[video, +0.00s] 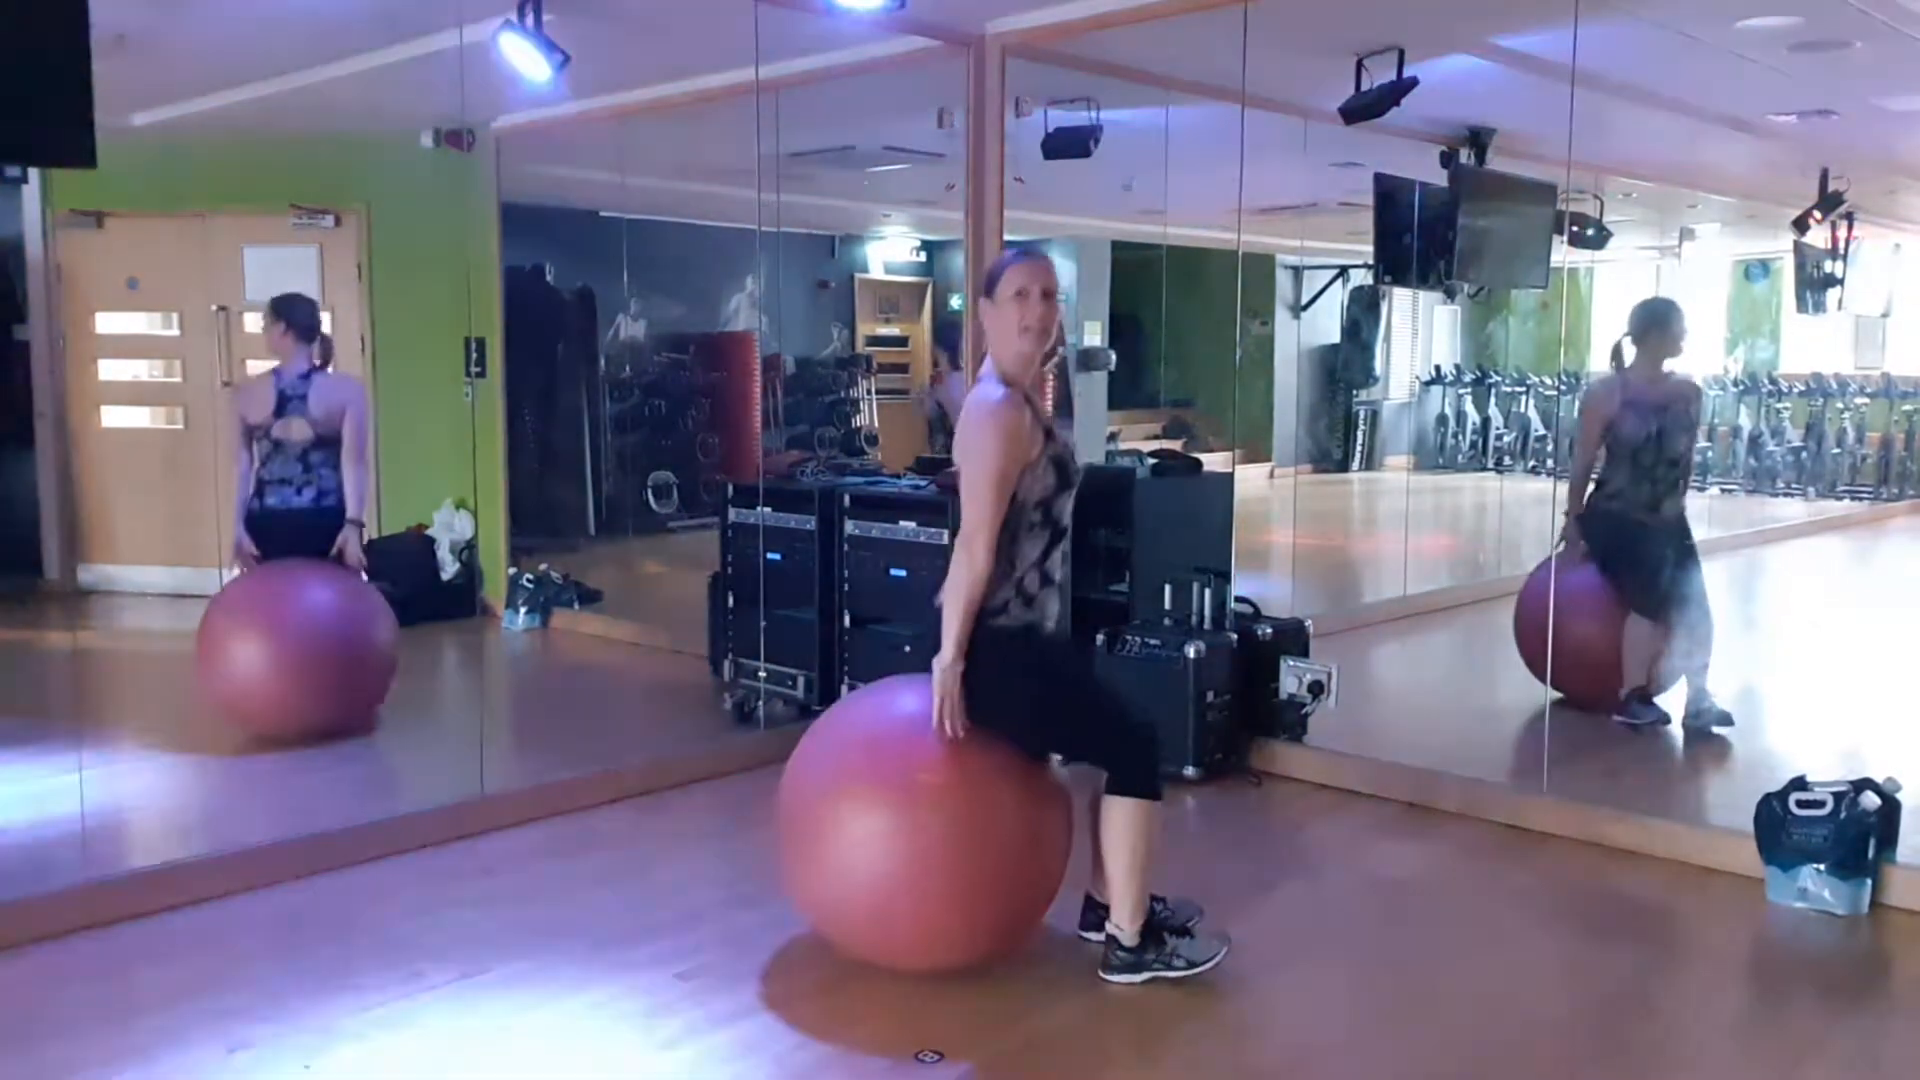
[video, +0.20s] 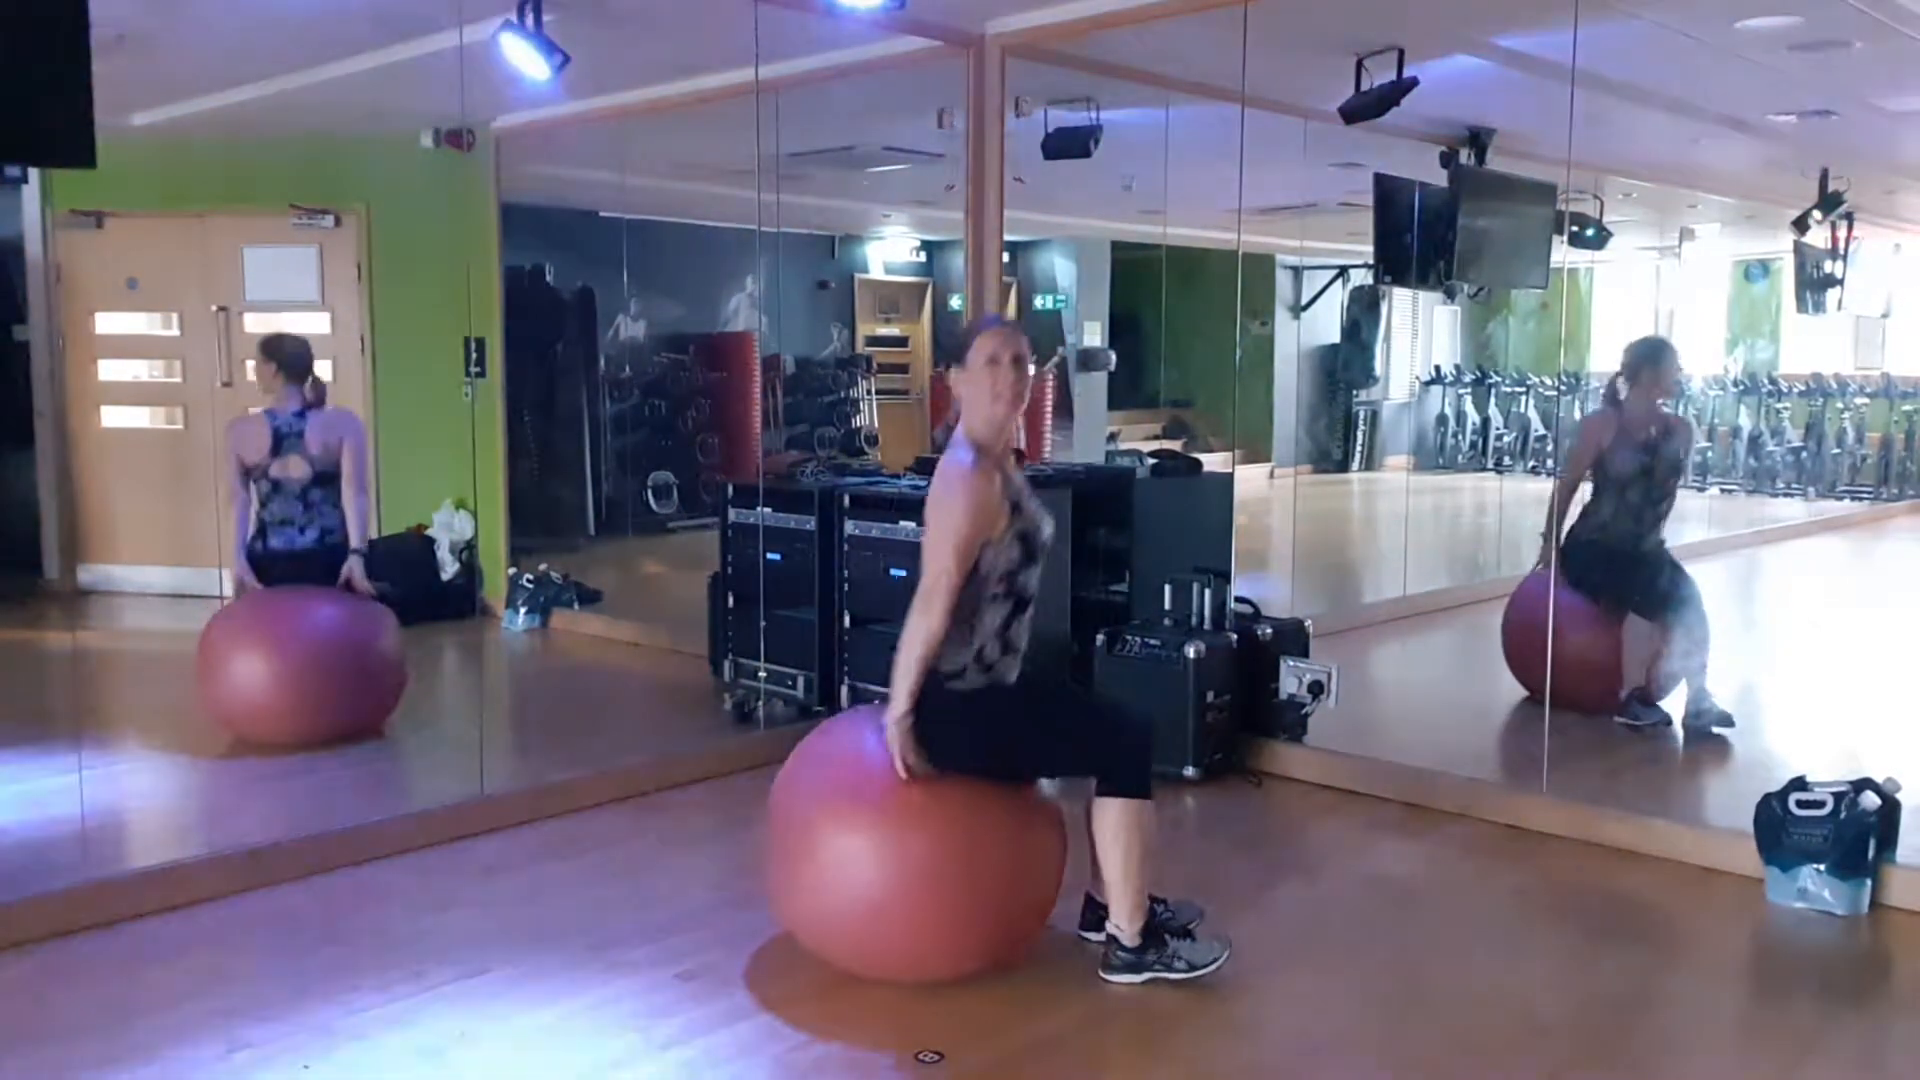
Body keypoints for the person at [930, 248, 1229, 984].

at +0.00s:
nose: (1040, 310)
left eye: (1049, 297)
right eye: (1022, 297)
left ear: (1058, 309)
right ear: (986, 311)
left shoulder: (1012, 401)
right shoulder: (995, 410)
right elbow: (975, 544)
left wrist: (1045, 402)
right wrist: (950, 657)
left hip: (1014, 644)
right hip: (1002, 654)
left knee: (1122, 735)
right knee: (1133, 742)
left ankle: (1108, 903)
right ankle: (1131, 935)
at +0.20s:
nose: (1011, 376)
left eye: (1020, 363)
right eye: (992, 362)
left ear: (1031, 380)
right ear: (954, 382)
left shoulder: (1001, 464)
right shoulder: (967, 477)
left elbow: (973, 590)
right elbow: (935, 595)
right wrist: (898, 710)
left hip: (981, 695)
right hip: (950, 711)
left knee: (1118, 726)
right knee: (1122, 739)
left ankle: (1111, 903)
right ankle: (1131, 939)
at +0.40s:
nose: (986, 401)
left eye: (995, 387)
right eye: (966, 387)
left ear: (1005, 402)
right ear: (933, 405)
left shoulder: (978, 477)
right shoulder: (935, 495)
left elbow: (1021, 442)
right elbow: (895, 612)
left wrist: (1001, 390)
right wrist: (871, 724)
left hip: (964, 700)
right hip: (927, 720)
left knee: (1105, 730)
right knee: (1102, 741)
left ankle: (1122, 900)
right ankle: (1134, 937)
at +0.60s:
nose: (993, 386)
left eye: (1001, 373)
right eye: (978, 371)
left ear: (1005, 380)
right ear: (937, 375)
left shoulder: (971, 454)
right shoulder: (927, 466)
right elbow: (880, 589)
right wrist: (852, 698)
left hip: (946, 679)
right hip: (903, 694)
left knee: (1078, 731)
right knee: (1058, 749)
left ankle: (1153, 894)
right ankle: (1130, 934)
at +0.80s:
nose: (1013, 422)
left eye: (1019, 405)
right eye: (1003, 404)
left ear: (972, 393)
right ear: (958, 388)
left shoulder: (960, 470)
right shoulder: (925, 475)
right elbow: (882, 595)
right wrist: (851, 708)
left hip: (924, 689)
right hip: (889, 701)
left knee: (1058, 735)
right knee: (1045, 747)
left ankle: (1144, 896)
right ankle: (1122, 928)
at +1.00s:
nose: (1024, 432)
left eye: (1029, 419)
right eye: (1020, 416)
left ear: (981, 401)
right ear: (976, 398)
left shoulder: (953, 477)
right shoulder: (930, 482)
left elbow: (889, 595)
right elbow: (874, 597)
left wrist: (836, 697)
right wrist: (832, 706)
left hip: (909, 690)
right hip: (877, 703)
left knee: (1039, 746)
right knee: (1025, 763)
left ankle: (1139, 898)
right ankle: (1121, 931)